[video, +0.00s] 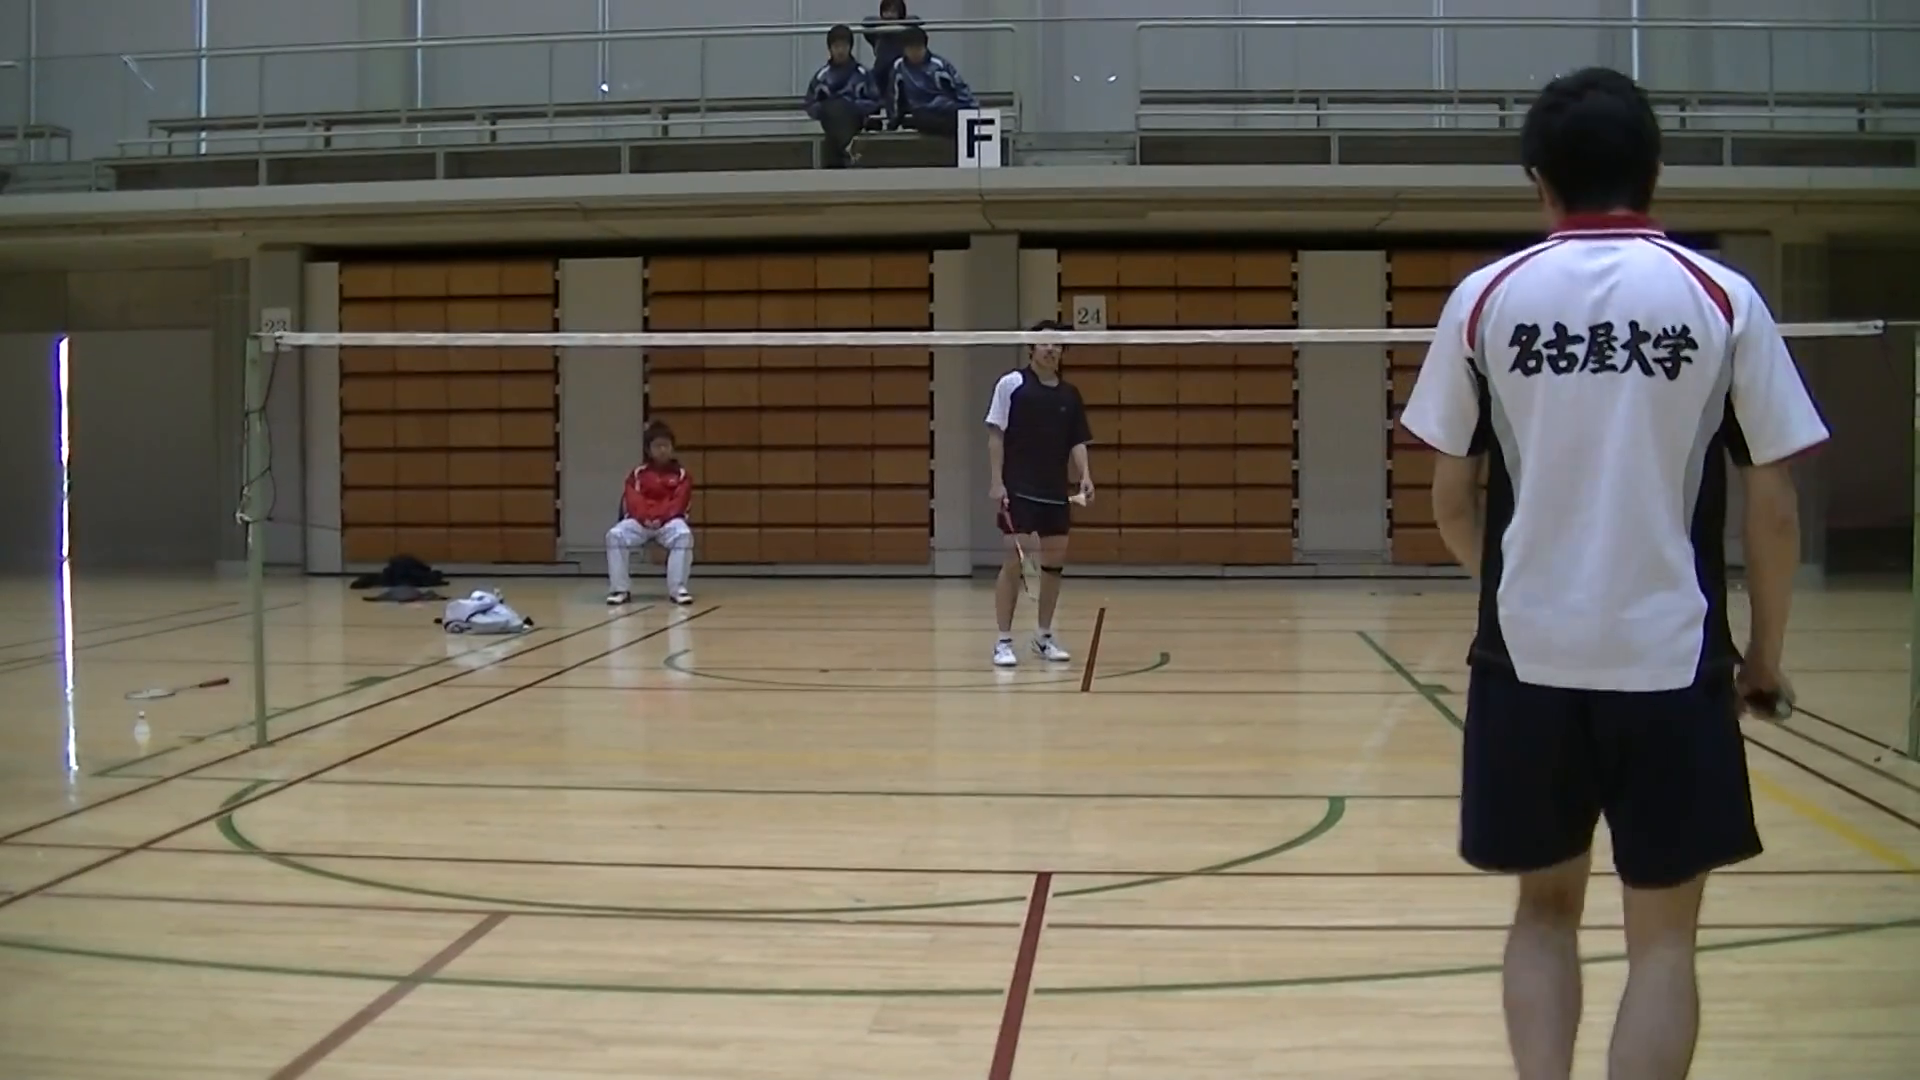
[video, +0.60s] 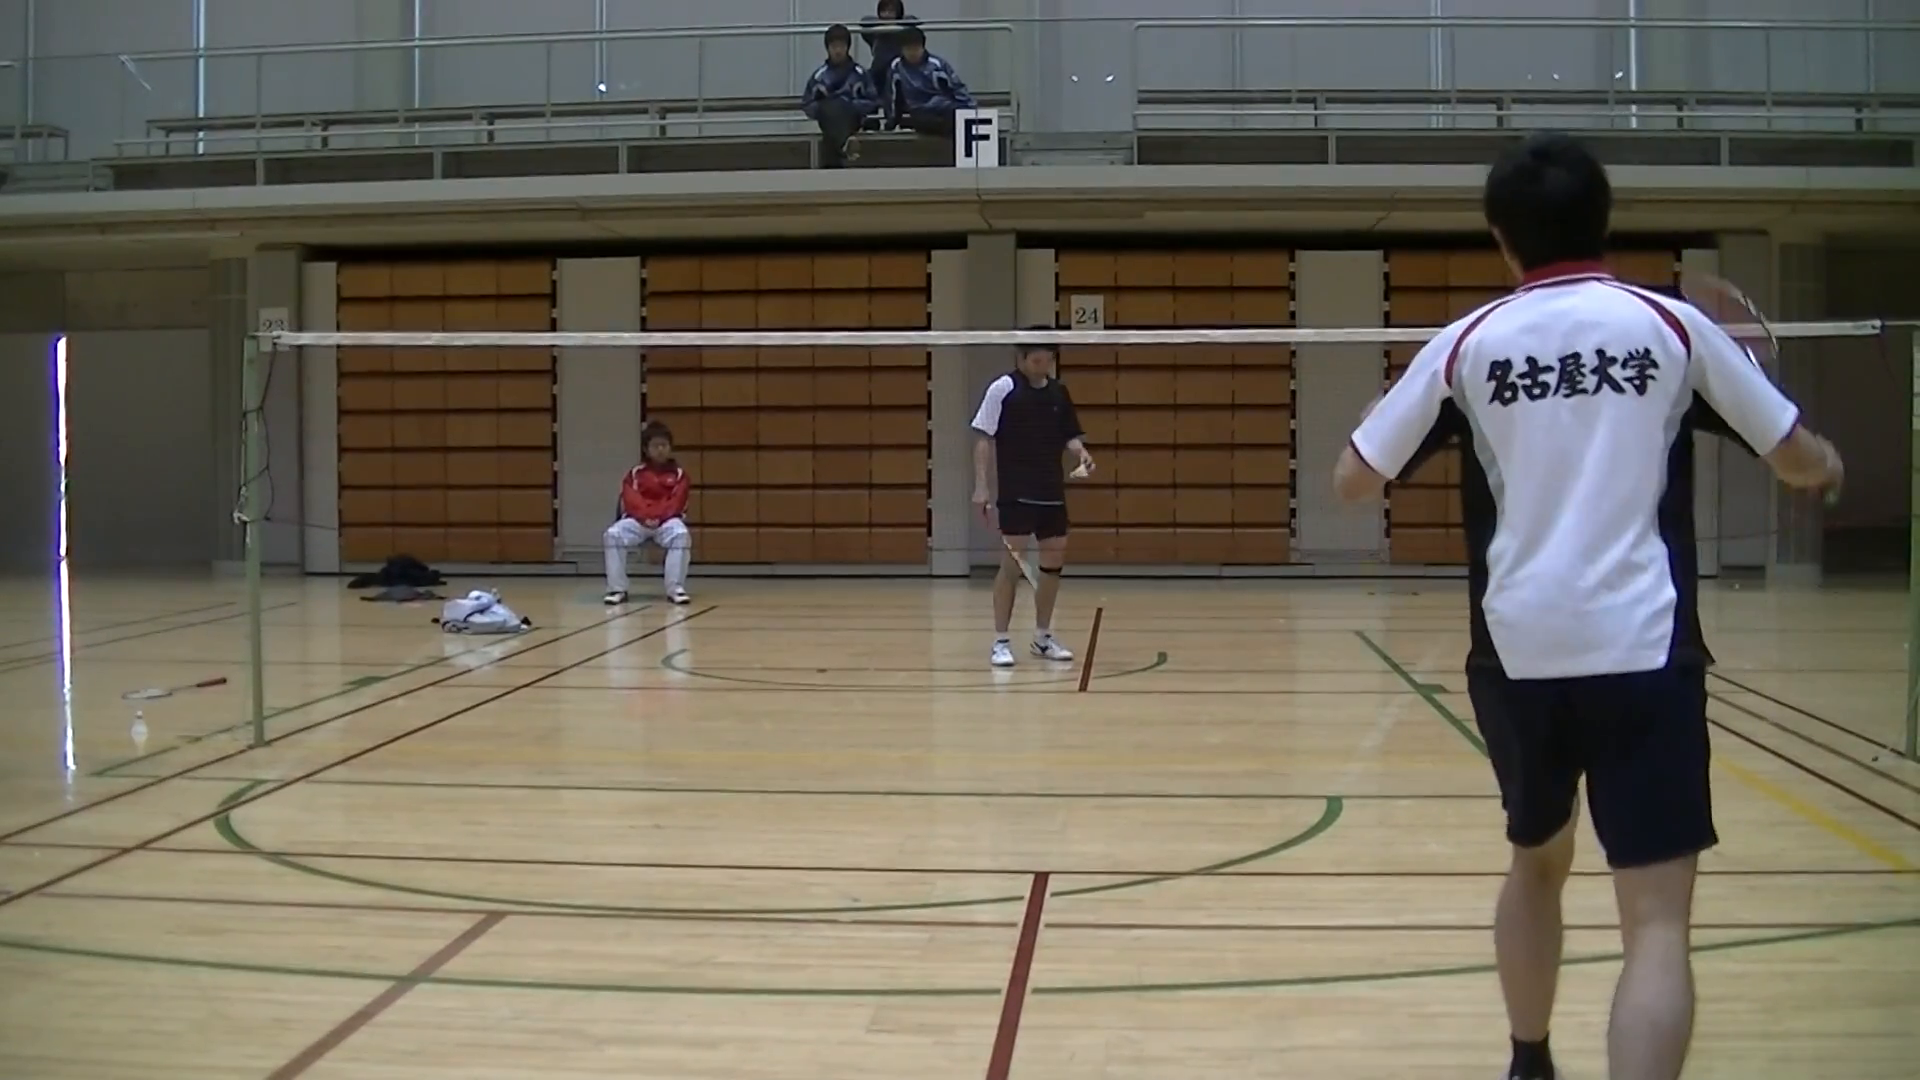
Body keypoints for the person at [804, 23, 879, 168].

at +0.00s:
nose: (840, 50)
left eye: (844, 46)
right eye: (836, 46)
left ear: (850, 47)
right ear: (829, 48)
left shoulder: (863, 73)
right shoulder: (821, 75)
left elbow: (874, 103)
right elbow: (810, 105)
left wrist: (849, 105)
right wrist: (827, 107)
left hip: (856, 122)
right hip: (830, 122)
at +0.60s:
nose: (837, 51)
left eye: (841, 46)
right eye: (833, 46)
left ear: (848, 47)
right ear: (827, 48)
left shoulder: (860, 73)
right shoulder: (819, 75)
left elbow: (873, 104)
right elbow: (807, 106)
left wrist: (847, 104)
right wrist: (826, 105)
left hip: (854, 119)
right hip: (827, 119)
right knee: (831, 106)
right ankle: (845, 144)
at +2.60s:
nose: (835, 50)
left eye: (838, 45)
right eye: (830, 45)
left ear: (845, 46)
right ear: (824, 47)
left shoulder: (857, 72)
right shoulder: (815, 74)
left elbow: (868, 102)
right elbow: (805, 106)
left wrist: (844, 104)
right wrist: (823, 105)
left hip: (850, 117)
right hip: (822, 117)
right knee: (830, 103)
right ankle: (841, 143)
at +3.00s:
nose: (842, 50)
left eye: (846, 45)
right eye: (838, 46)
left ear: (852, 47)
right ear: (832, 48)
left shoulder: (866, 74)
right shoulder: (823, 76)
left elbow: (876, 103)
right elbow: (814, 105)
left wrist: (846, 103)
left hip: (860, 120)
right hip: (831, 120)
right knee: (835, 105)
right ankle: (851, 142)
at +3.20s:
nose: (877, 51)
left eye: (881, 46)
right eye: (873, 46)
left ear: (888, 47)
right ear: (867, 48)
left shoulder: (902, 74)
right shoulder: (859, 76)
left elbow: (914, 103)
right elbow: (851, 104)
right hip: (870, 125)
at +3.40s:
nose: (867, 49)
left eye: (871, 44)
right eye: (864, 44)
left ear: (878, 45)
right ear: (857, 46)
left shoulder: (890, 72)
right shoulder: (849, 73)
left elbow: (902, 101)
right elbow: (838, 102)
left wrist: (878, 104)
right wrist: (854, 109)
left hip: (884, 121)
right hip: (858, 122)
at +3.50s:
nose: (851, 50)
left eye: (855, 45)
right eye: (847, 45)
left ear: (861, 47)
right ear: (840, 47)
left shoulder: (875, 76)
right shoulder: (830, 77)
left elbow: (886, 102)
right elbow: (822, 104)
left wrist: (862, 105)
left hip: (869, 119)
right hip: (840, 119)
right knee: (850, 106)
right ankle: (861, 144)